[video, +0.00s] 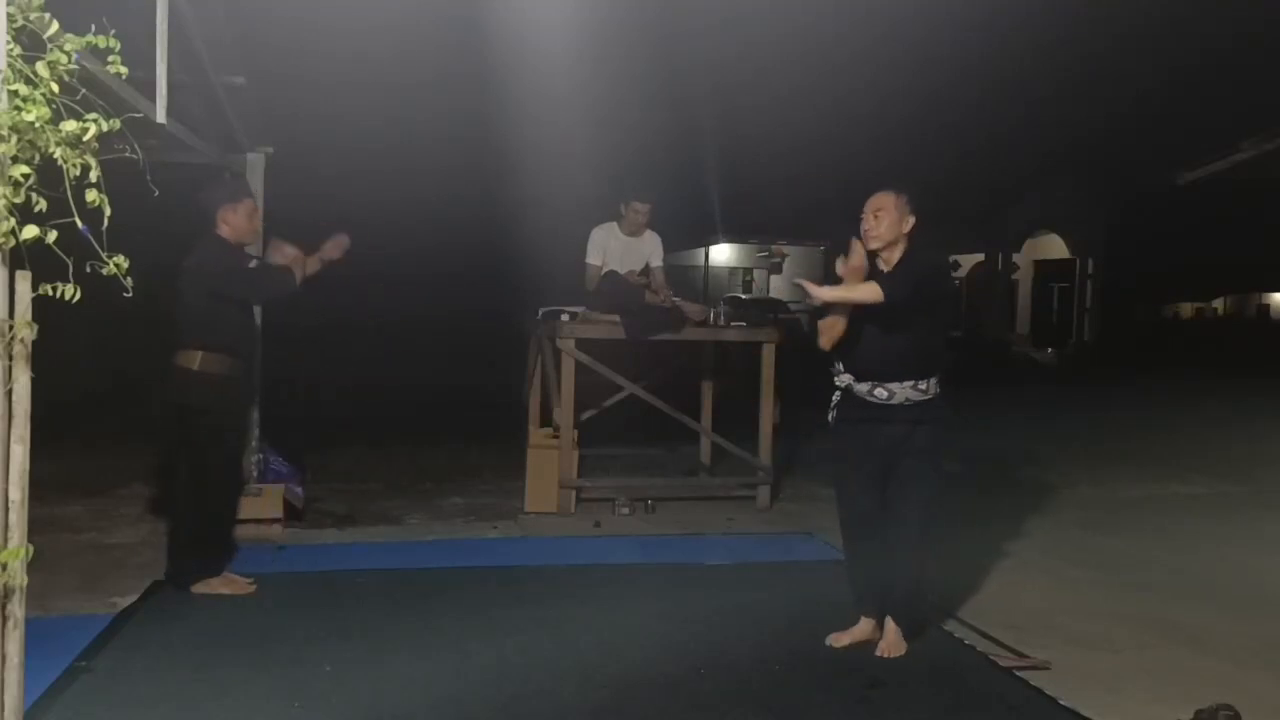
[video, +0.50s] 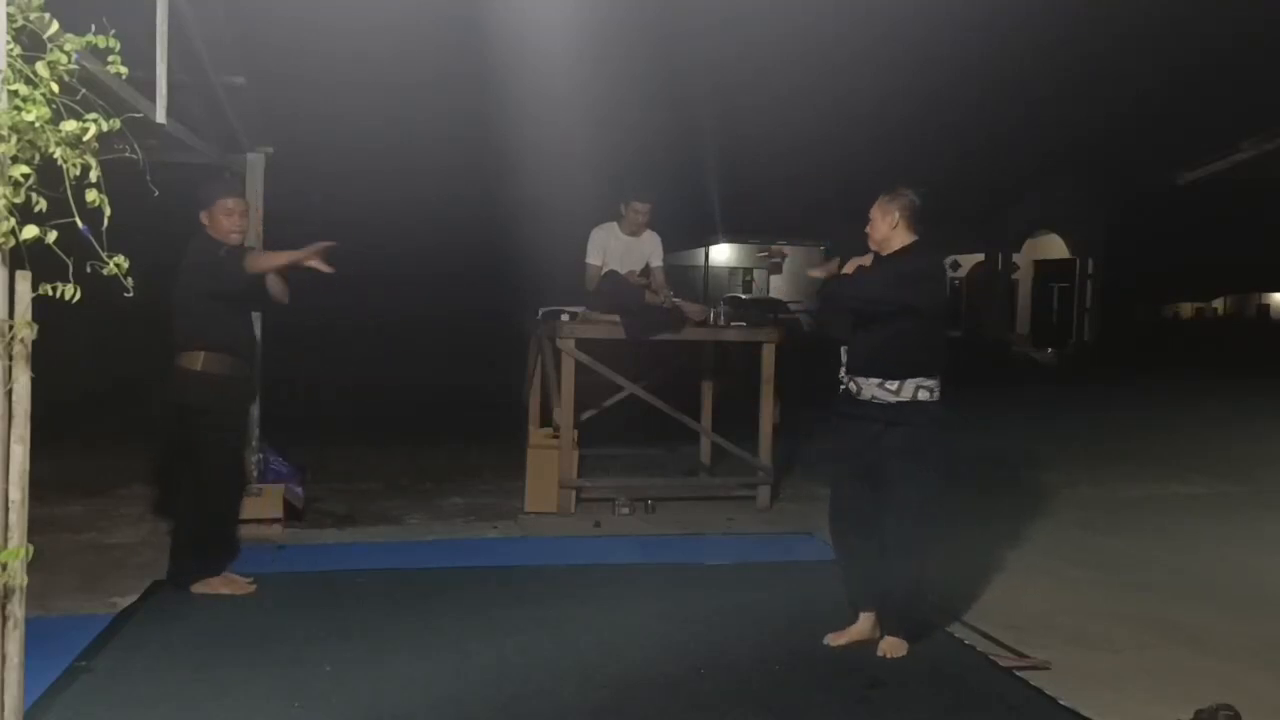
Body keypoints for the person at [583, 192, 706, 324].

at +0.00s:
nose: (640, 219)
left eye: (645, 214)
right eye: (635, 212)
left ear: (650, 215)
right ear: (623, 209)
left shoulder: (653, 240)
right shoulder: (601, 234)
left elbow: (659, 282)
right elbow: (591, 285)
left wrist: (664, 293)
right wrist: (622, 281)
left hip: (635, 300)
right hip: (602, 300)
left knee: (674, 316)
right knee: (611, 278)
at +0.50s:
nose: (640, 219)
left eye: (645, 214)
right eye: (635, 213)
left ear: (650, 215)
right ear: (623, 210)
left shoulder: (653, 240)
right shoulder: (601, 234)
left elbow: (659, 282)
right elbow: (591, 285)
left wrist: (665, 296)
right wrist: (623, 281)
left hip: (636, 301)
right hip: (602, 300)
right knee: (611, 278)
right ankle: (661, 304)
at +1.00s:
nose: (641, 219)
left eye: (645, 214)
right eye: (636, 212)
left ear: (650, 214)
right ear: (623, 209)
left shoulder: (653, 240)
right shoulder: (601, 234)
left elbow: (659, 283)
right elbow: (591, 285)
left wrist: (665, 297)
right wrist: (623, 280)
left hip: (635, 298)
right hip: (601, 299)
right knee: (611, 278)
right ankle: (677, 310)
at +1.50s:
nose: (641, 219)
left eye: (646, 214)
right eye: (636, 212)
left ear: (650, 214)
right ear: (623, 210)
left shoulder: (653, 239)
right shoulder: (601, 234)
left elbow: (658, 282)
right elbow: (591, 284)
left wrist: (664, 295)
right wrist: (623, 281)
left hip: (636, 300)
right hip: (603, 299)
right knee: (610, 278)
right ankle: (676, 308)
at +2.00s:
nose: (641, 218)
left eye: (645, 213)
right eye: (636, 212)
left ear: (650, 213)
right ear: (623, 208)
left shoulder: (653, 239)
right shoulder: (601, 234)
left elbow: (658, 283)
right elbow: (592, 285)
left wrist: (665, 294)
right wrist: (622, 281)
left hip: (637, 301)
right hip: (603, 301)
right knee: (611, 278)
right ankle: (676, 310)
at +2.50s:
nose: (641, 219)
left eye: (645, 214)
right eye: (635, 212)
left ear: (650, 214)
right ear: (623, 209)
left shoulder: (653, 240)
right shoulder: (601, 234)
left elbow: (658, 282)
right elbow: (592, 285)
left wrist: (664, 294)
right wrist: (622, 280)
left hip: (635, 298)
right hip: (602, 300)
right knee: (611, 278)